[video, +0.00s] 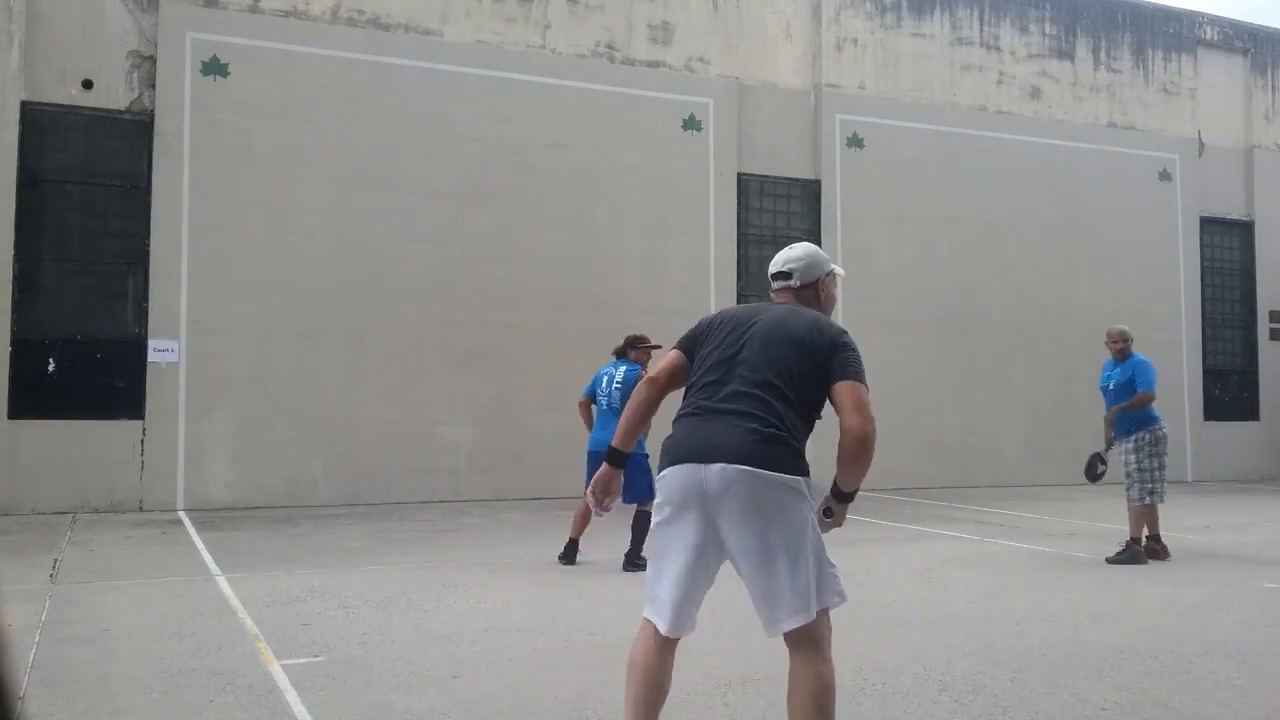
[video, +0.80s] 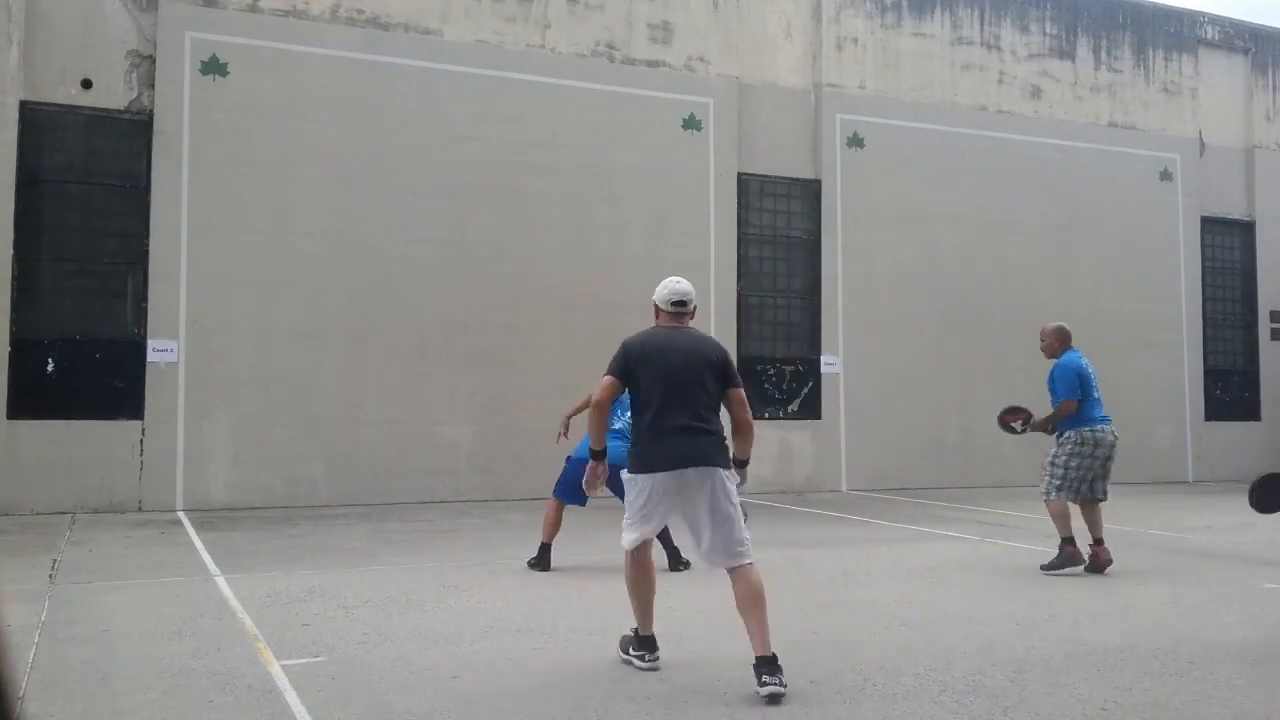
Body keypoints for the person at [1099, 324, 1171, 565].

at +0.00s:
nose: (1117, 346)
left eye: (1121, 342)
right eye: (1112, 342)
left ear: (1130, 342)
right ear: (1107, 345)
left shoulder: (1140, 364)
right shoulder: (1108, 368)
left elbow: (1148, 395)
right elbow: (1110, 405)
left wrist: (1117, 410)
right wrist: (1109, 433)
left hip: (1146, 433)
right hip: (1129, 436)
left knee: (1136, 489)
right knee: (1145, 489)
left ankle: (1134, 546)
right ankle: (1155, 542)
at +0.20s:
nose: (1111, 350)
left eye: (1116, 346)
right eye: (1107, 346)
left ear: (1129, 348)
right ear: (1104, 349)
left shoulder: (1134, 369)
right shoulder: (1112, 376)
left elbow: (1138, 401)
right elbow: (1111, 413)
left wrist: (1107, 415)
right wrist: (1100, 440)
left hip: (1138, 439)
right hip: (1133, 440)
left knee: (1109, 490)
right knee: (1138, 491)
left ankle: (1132, 542)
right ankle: (1155, 544)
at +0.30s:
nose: (1095, 356)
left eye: (1099, 352)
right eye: (1095, 351)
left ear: (1114, 355)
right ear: (1112, 356)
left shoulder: (1119, 375)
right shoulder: (1115, 377)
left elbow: (1122, 410)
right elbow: (1115, 422)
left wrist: (1099, 433)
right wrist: (1098, 448)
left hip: (1134, 443)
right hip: (1148, 442)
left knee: (1098, 493)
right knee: (1132, 494)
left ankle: (1124, 544)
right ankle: (1154, 545)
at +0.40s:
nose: (1084, 364)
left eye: (1088, 360)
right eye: (1085, 359)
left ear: (1099, 363)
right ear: (1106, 364)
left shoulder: (1104, 386)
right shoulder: (1117, 381)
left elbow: (1100, 429)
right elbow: (1110, 425)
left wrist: (1086, 452)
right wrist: (1092, 449)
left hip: (1129, 450)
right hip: (1147, 447)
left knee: (1089, 495)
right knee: (1133, 496)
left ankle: (1102, 548)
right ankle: (1154, 546)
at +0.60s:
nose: (1058, 352)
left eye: (1061, 348)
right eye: (1058, 348)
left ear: (1074, 350)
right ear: (1079, 350)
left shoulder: (1077, 374)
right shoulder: (1095, 367)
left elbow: (1075, 416)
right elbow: (1093, 409)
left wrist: (1056, 432)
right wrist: (1072, 431)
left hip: (1105, 443)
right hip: (1127, 436)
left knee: (1079, 495)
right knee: (1124, 490)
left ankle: (1095, 551)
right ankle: (1139, 545)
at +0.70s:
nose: (1048, 344)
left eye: (1052, 339)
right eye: (1048, 339)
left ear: (1066, 341)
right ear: (1071, 340)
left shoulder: (1070, 364)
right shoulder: (1086, 358)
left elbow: (1074, 402)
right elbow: (1088, 404)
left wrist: (1054, 421)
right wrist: (1064, 423)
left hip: (1094, 433)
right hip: (1116, 429)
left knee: (1070, 491)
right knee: (1103, 490)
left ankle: (1091, 545)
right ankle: (1116, 545)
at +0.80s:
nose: (1040, 346)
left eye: (1044, 341)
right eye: (1040, 341)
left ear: (1058, 342)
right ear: (1062, 342)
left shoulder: (1064, 365)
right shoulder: (1079, 361)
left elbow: (1070, 404)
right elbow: (1080, 408)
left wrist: (1045, 421)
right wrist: (1054, 425)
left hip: (1082, 435)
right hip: (1104, 433)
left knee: (1052, 490)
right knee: (1087, 494)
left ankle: (1068, 549)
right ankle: (1100, 551)